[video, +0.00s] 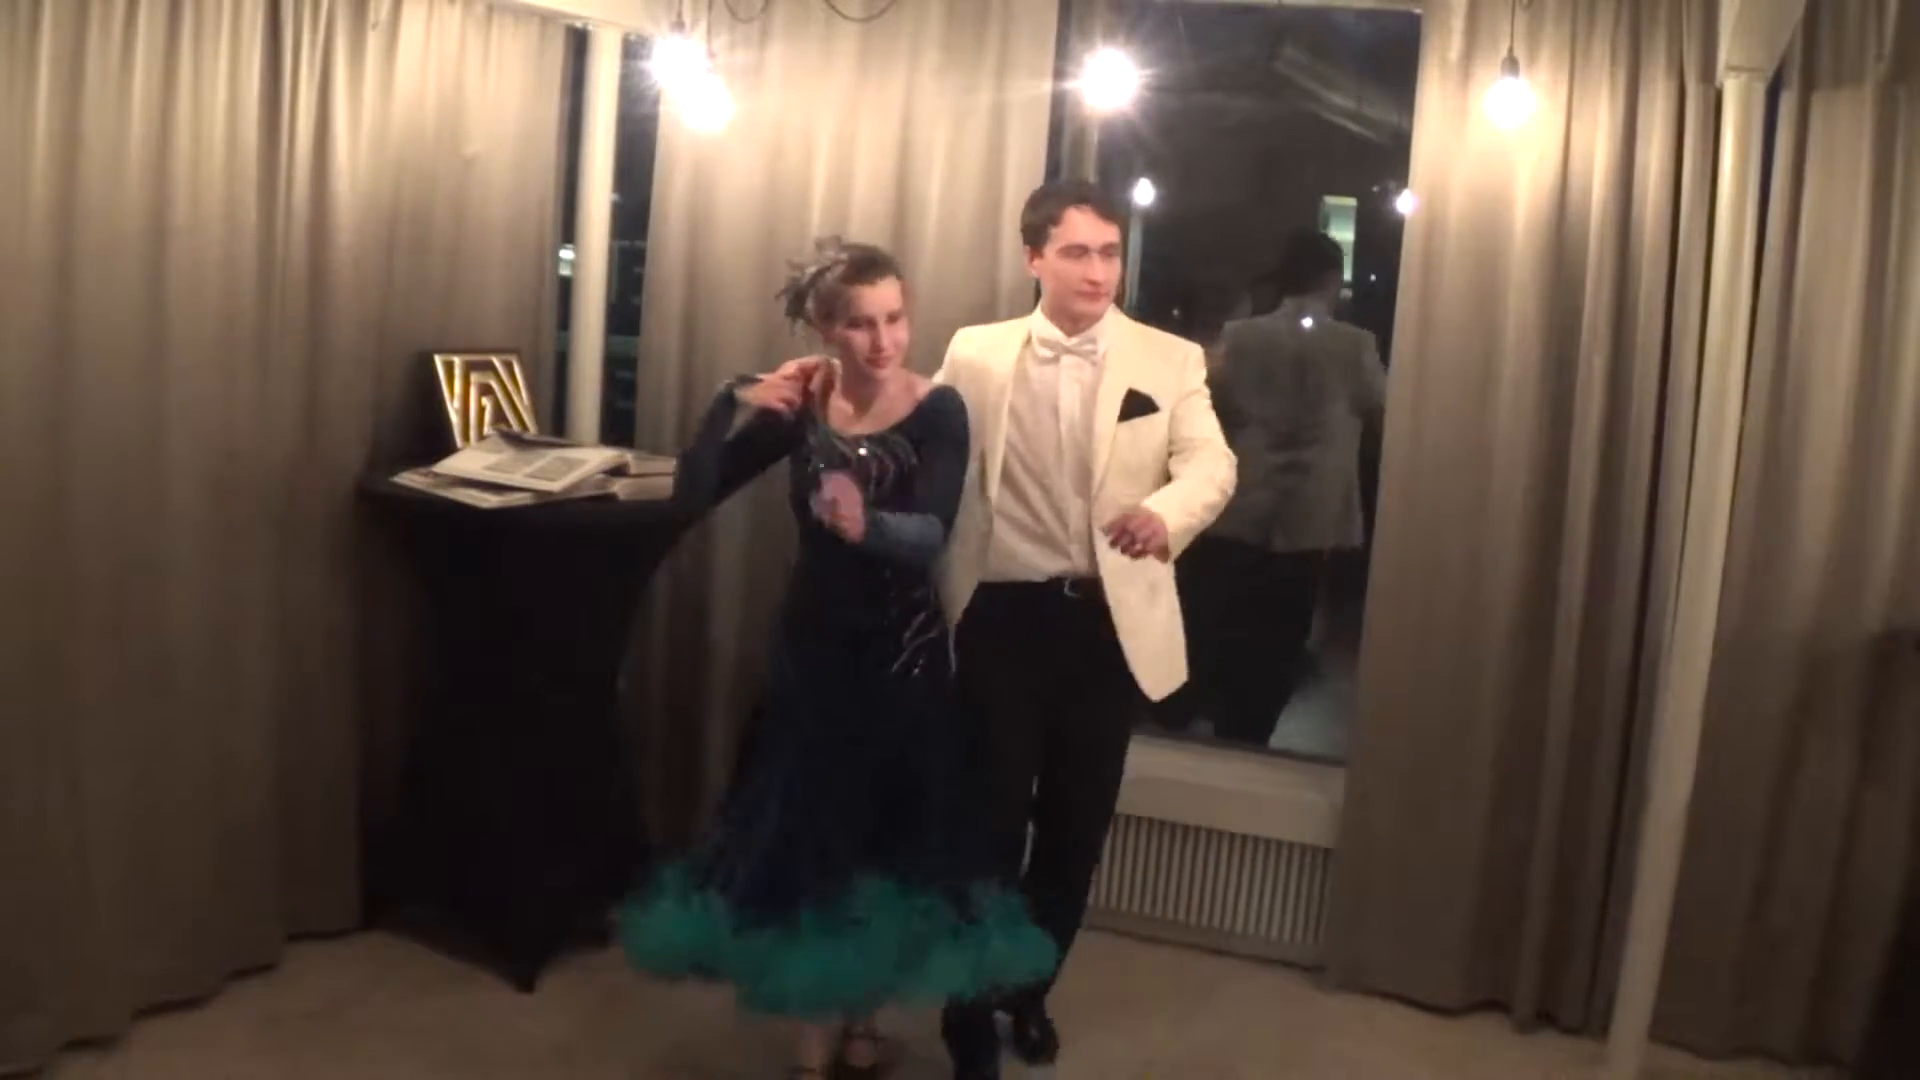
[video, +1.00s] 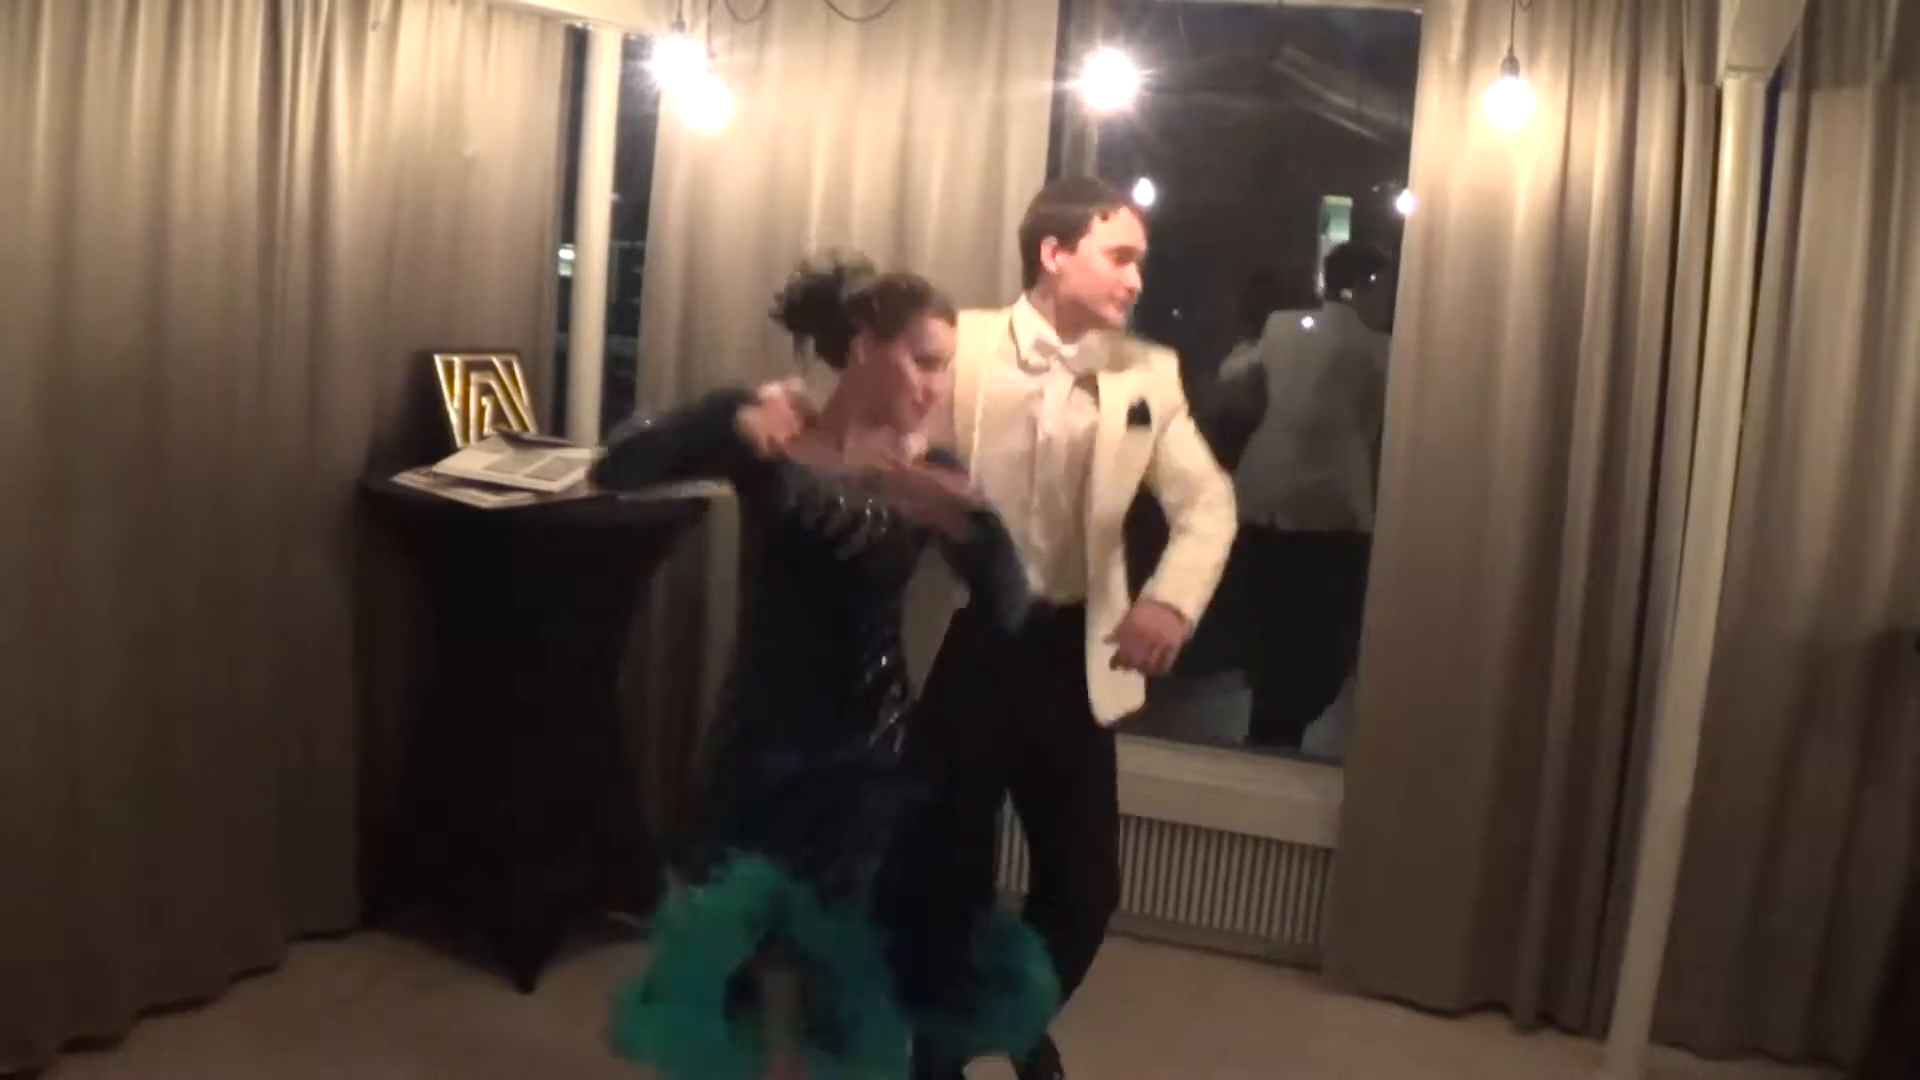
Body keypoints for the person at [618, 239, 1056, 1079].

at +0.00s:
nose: (881, 339)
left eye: (893, 319)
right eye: (860, 324)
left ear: (911, 314)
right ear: (824, 330)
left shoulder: (938, 412)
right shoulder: (804, 401)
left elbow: (931, 535)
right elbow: (697, 491)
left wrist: (865, 523)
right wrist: (741, 405)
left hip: (904, 642)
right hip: (817, 633)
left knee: (885, 819)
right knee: (806, 816)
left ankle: (862, 1013)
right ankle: (810, 1022)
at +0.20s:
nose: (876, 372)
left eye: (889, 352)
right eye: (855, 355)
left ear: (906, 352)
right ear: (817, 361)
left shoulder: (931, 445)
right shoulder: (795, 435)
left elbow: (947, 575)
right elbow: (688, 525)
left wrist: (920, 682)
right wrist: (742, 452)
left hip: (893, 674)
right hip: (806, 665)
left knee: (883, 840)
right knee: (802, 833)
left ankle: (874, 1010)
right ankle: (822, 1005)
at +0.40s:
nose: (901, 313)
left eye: (911, 298)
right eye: (882, 296)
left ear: (919, 309)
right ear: (831, 301)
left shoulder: (932, 400)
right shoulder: (786, 396)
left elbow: (965, 526)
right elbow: (651, 461)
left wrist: (991, 652)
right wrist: (736, 388)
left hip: (905, 646)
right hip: (807, 642)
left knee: (884, 831)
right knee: (795, 827)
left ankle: (858, 1032)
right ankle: (800, 1029)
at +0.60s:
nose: (910, 335)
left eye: (921, 318)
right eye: (891, 316)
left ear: (928, 327)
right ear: (836, 322)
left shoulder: (940, 433)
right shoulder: (789, 424)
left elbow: (975, 583)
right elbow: (688, 532)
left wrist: (975, 709)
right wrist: (734, 445)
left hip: (912, 690)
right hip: (808, 683)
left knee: (884, 895)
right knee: (805, 880)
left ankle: (859, 1051)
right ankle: (842, 1034)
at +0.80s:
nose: (929, 354)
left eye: (936, 336)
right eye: (910, 333)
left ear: (941, 343)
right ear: (848, 335)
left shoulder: (939, 438)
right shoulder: (782, 426)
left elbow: (1018, 550)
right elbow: (641, 474)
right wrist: (742, 423)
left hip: (901, 691)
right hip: (801, 683)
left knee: (901, 878)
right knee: (777, 870)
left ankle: (891, 1042)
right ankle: (779, 1036)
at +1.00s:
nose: (939, 386)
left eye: (945, 367)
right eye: (924, 363)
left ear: (948, 369)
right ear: (858, 349)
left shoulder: (929, 474)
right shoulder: (770, 438)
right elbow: (617, 468)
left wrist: (968, 518)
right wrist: (733, 422)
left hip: (870, 728)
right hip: (764, 719)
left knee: (843, 941)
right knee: (738, 938)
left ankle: (827, 1060)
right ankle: (739, 1061)